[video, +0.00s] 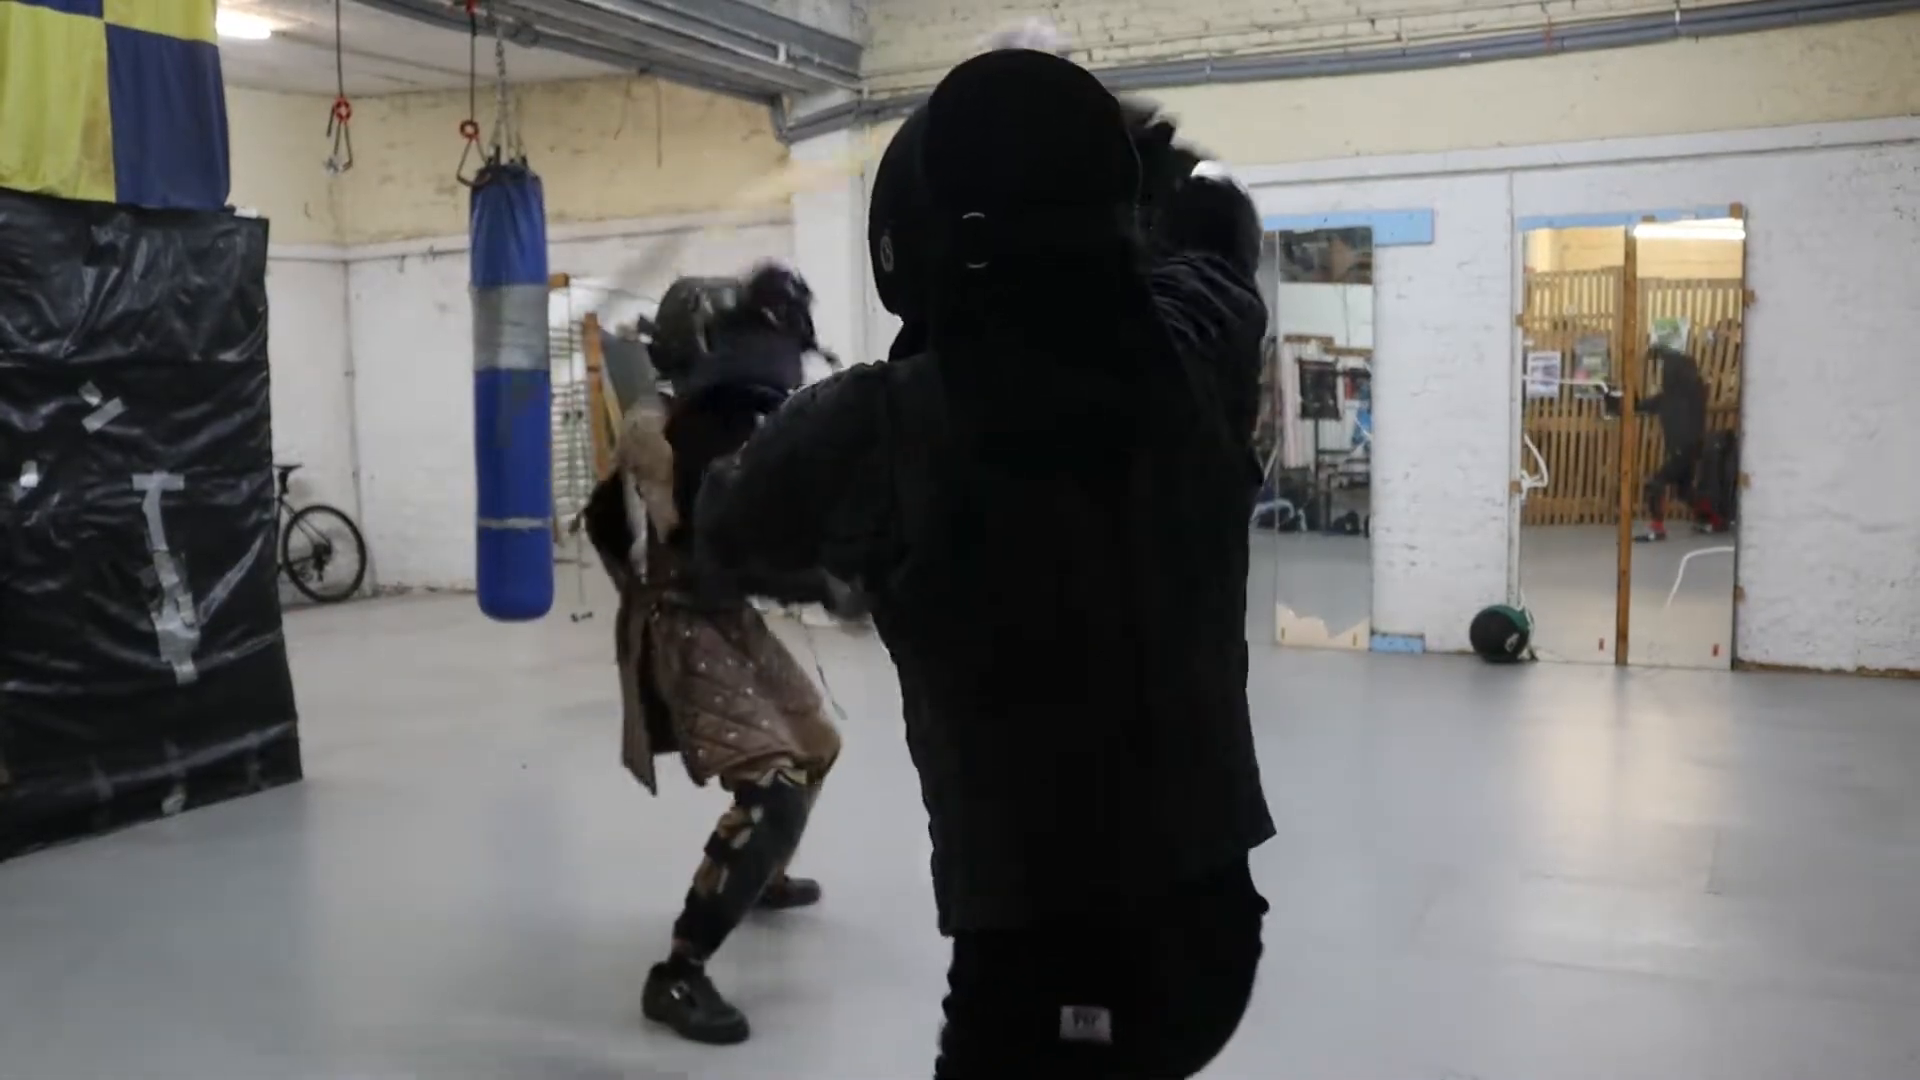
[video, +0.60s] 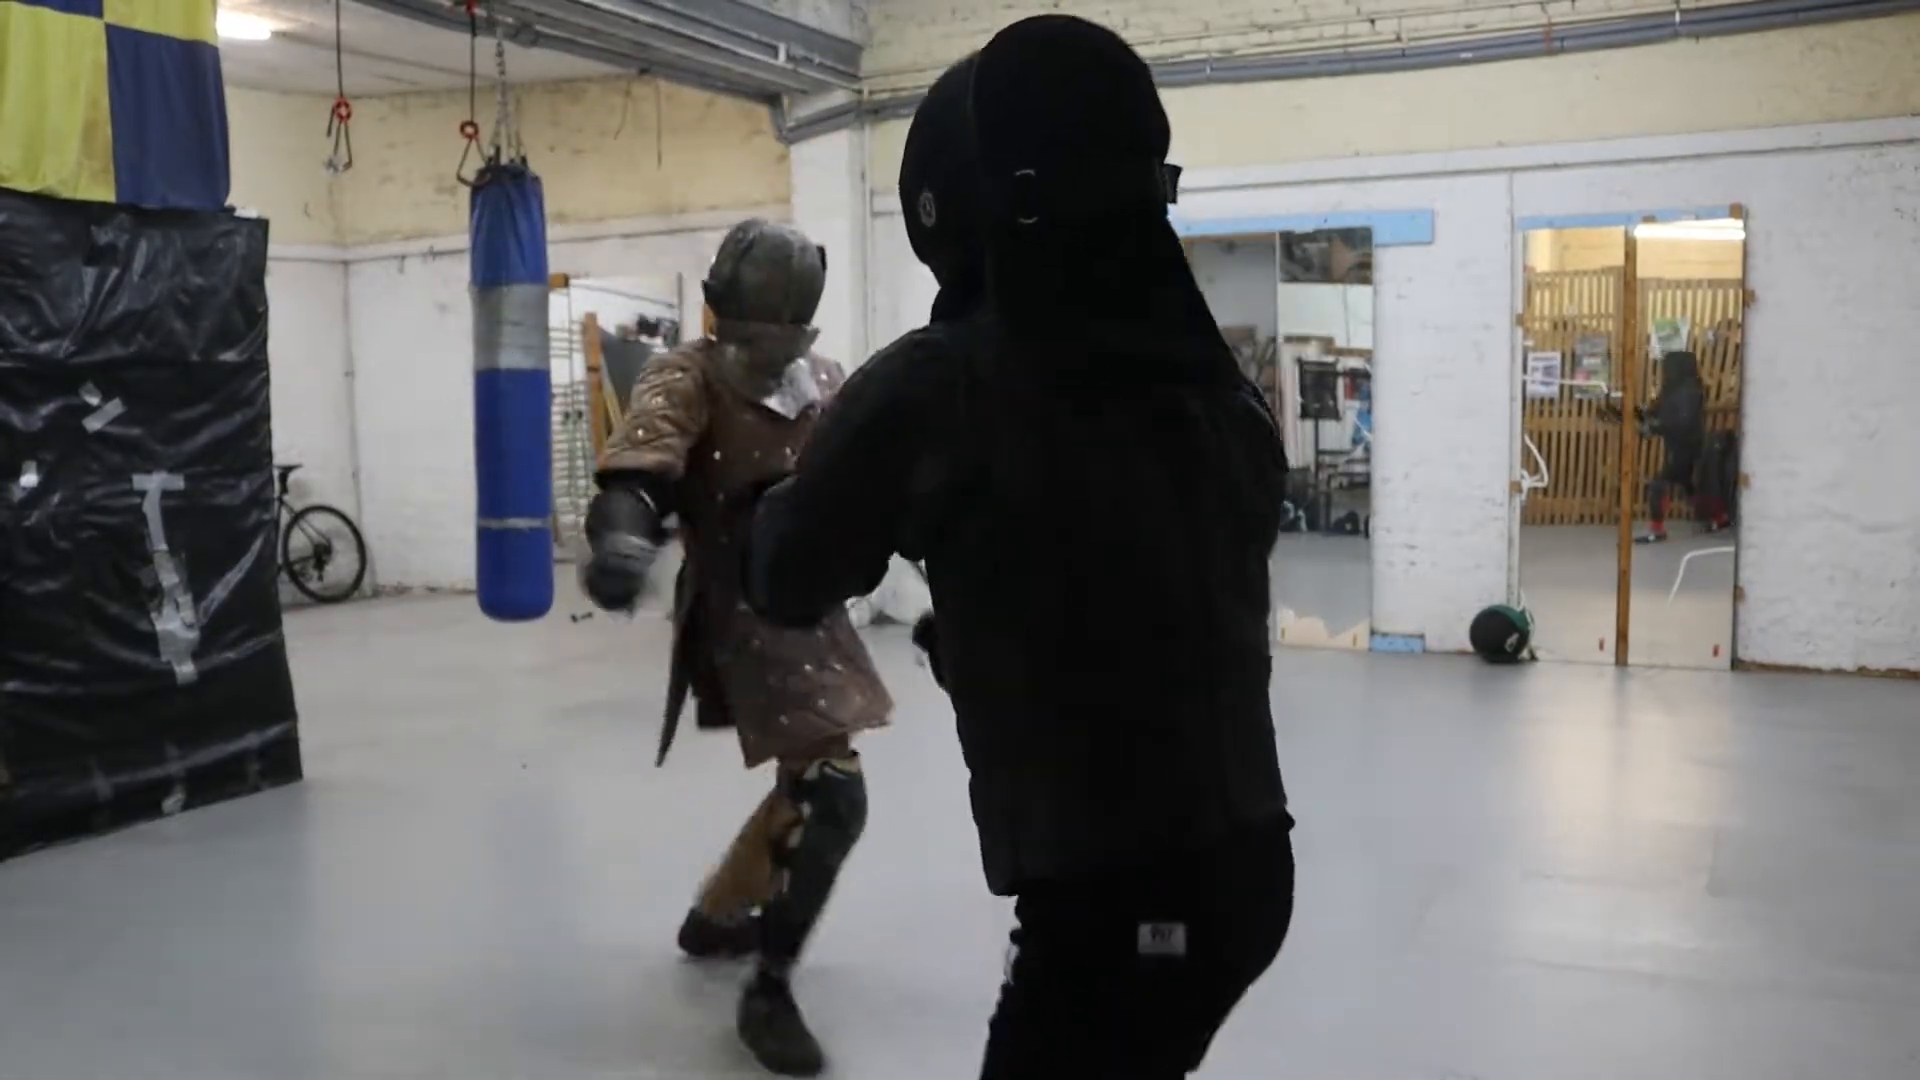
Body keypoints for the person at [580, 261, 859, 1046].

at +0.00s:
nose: (784, 371)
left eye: (782, 356)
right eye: (771, 355)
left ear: (685, 353)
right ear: (737, 351)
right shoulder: (727, 430)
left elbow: (602, 516)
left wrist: (637, 585)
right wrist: (828, 579)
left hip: (721, 612)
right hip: (686, 624)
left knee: (813, 745)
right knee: (774, 785)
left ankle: (756, 876)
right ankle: (682, 969)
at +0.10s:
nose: (772, 333)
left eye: (771, 320)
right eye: (763, 320)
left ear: (700, 312)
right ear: (734, 319)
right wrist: (854, 653)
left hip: (746, 608)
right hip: (701, 616)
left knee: (821, 752)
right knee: (778, 789)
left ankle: (765, 883)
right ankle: (681, 969)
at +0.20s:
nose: (776, 343)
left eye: (770, 333)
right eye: (764, 334)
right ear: (729, 341)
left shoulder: (741, 410)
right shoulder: (675, 420)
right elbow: (699, 569)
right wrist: (818, 645)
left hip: (759, 618)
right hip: (700, 625)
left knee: (826, 757)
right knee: (781, 791)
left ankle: (768, 883)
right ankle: (684, 967)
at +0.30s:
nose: (782, 374)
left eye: (785, 356)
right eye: (767, 356)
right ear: (725, 357)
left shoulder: (761, 443)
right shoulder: (701, 456)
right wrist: (826, 664)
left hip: (776, 642)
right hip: (707, 652)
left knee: (817, 766)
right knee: (773, 781)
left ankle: (770, 879)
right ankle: (724, 960)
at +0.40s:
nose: (769, 350)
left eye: (782, 331)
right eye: (752, 331)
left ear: (796, 327)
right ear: (714, 328)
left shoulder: (801, 401)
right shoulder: (677, 418)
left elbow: (835, 491)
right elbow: (679, 549)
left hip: (790, 610)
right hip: (711, 620)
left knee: (791, 763)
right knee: (783, 788)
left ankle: (760, 870)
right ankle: (727, 960)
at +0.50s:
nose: (765, 344)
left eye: (778, 326)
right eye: (748, 327)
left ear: (796, 315)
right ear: (710, 312)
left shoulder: (817, 381)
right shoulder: (670, 382)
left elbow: (848, 480)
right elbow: (634, 515)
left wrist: (836, 537)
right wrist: (725, 544)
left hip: (807, 596)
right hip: (727, 609)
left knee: (813, 767)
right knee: (813, 782)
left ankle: (734, 876)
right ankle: (732, 951)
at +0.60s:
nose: (776, 338)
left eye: (789, 320)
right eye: (761, 321)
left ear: (807, 317)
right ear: (725, 313)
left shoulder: (822, 380)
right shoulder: (685, 377)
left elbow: (867, 461)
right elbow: (638, 466)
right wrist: (623, 536)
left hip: (812, 599)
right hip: (738, 609)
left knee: (811, 784)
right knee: (835, 800)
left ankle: (719, 917)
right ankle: (770, 992)